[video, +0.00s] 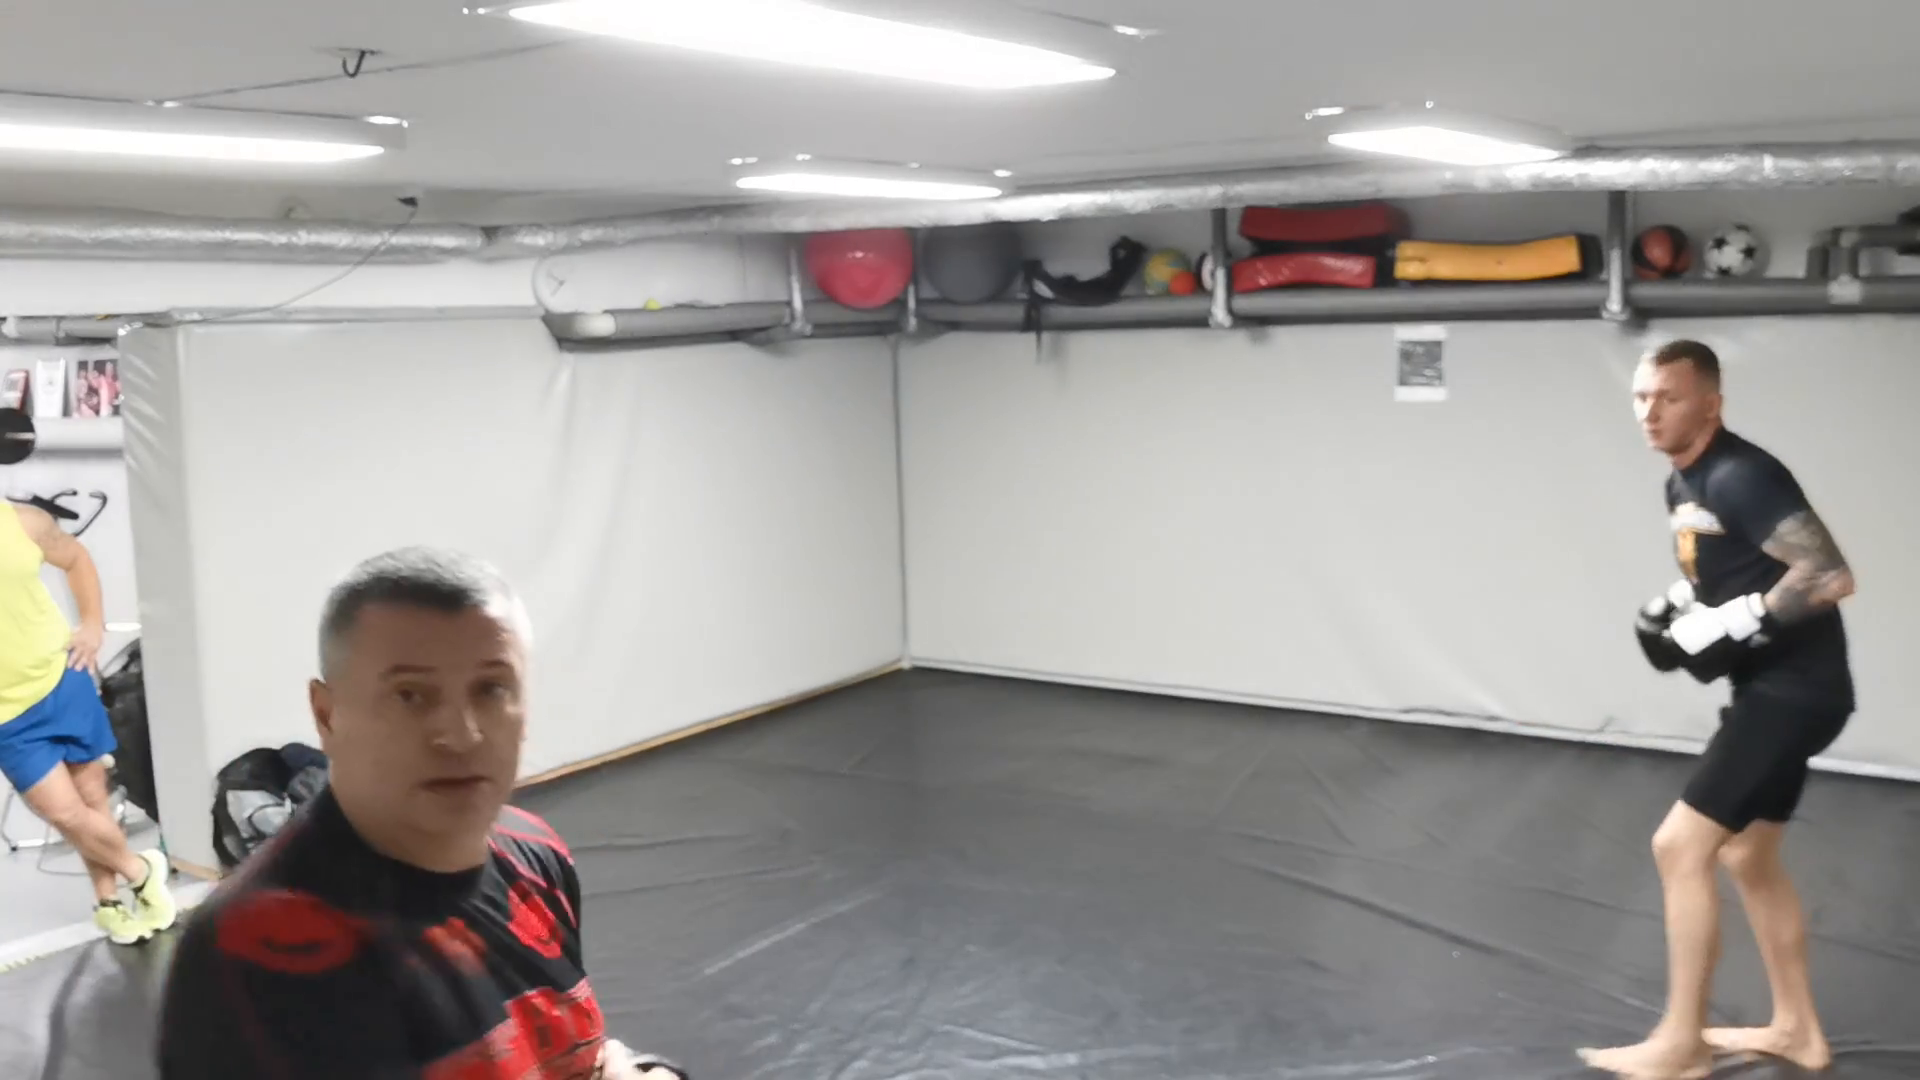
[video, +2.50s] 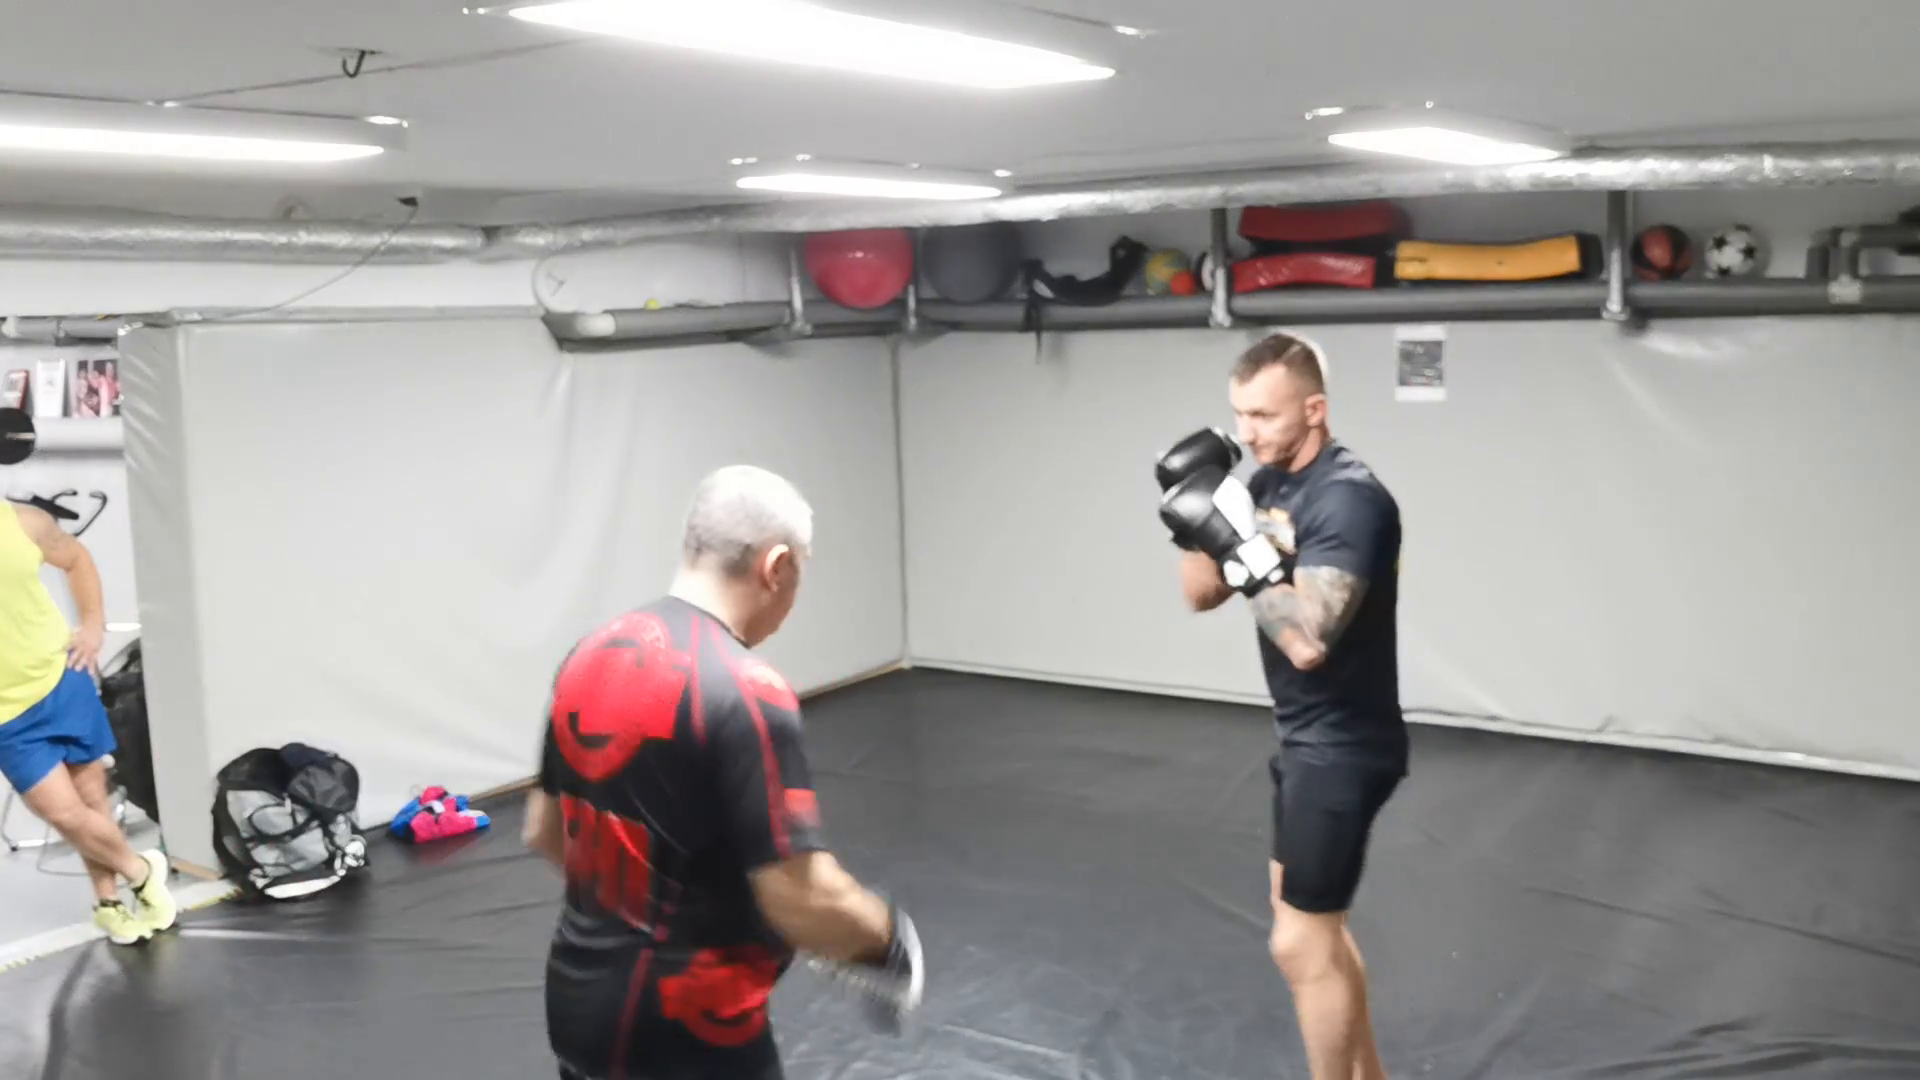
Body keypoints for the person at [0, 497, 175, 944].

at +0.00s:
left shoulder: (20, 521)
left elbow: (76, 558)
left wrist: (92, 623)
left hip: (62, 682)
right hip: (8, 715)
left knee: (92, 797)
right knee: (65, 815)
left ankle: (108, 901)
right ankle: (142, 872)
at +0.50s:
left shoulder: (23, 522)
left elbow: (76, 557)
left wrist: (92, 623)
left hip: (64, 683)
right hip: (10, 717)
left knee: (93, 803)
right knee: (65, 816)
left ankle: (113, 909)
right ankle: (147, 880)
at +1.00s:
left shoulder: (19, 521)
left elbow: (76, 558)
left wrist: (92, 623)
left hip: (62, 682)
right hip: (8, 715)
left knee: (92, 797)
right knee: (64, 815)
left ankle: (107, 901)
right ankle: (142, 872)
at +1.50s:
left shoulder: (22, 523)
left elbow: (76, 558)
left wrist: (92, 623)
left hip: (63, 683)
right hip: (9, 716)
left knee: (92, 798)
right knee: (64, 816)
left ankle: (107, 901)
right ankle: (142, 872)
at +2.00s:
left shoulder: (20, 522)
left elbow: (76, 557)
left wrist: (92, 623)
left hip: (62, 683)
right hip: (7, 715)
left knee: (91, 798)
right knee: (65, 816)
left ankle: (107, 901)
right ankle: (142, 872)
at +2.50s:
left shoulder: (21, 522)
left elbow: (76, 558)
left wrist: (93, 623)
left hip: (62, 682)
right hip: (7, 715)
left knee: (91, 797)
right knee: (65, 816)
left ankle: (107, 901)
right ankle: (142, 872)